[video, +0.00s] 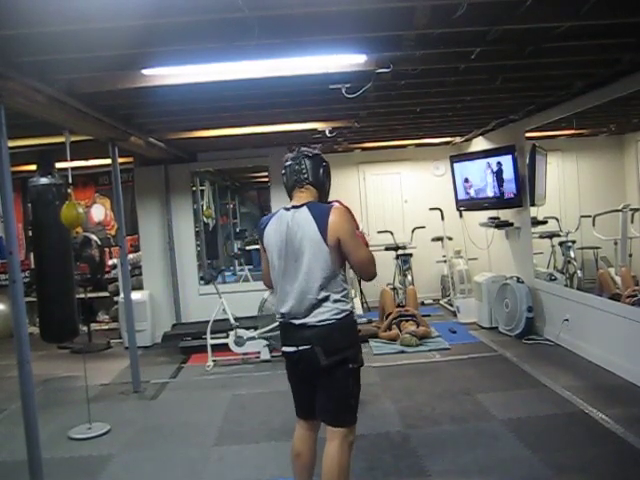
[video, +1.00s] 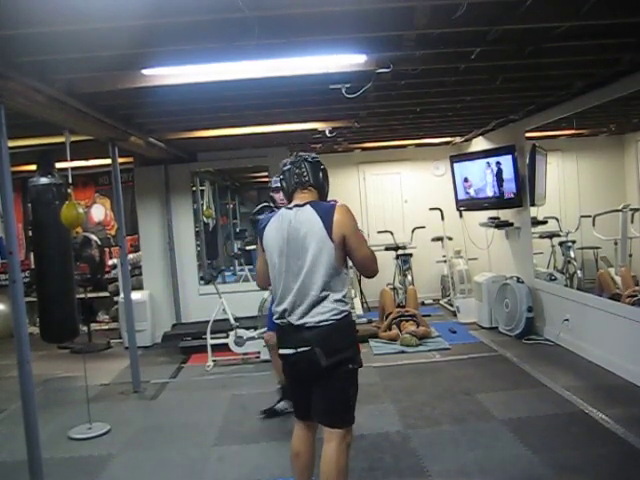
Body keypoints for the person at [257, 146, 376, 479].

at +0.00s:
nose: (328, 182)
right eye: (326, 177)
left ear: (288, 183)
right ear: (321, 179)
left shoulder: (269, 226)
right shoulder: (334, 214)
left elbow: (270, 281)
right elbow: (367, 270)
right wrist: (356, 241)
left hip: (293, 339)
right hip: (335, 337)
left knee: (305, 423)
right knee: (339, 432)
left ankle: (302, 477)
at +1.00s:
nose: (326, 186)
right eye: (324, 181)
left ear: (286, 186)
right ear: (321, 182)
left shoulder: (270, 227)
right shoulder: (336, 213)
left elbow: (263, 280)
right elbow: (370, 268)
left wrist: (292, 254)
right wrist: (347, 240)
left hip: (290, 340)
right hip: (333, 338)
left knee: (303, 423)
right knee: (336, 432)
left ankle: (301, 476)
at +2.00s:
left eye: (339, 179)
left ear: (340, 184)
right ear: (379, 176)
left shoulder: (329, 228)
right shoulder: (404, 210)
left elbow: (326, 288)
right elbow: (435, 263)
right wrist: (403, 234)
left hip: (355, 349)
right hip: (403, 346)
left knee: (361, 429)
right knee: (404, 448)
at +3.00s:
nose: (457, 197)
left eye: (456, 188)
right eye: (454, 190)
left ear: (473, 179)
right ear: (495, 174)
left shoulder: (487, 218)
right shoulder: (551, 204)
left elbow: (463, 288)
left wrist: (441, 247)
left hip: (507, 339)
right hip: (559, 335)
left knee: (472, 412)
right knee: (554, 436)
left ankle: (492, 475)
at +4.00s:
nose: (455, 197)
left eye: (455, 190)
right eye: (452, 191)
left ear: (470, 187)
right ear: (476, 185)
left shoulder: (498, 207)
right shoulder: (482, 212)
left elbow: (470, 239)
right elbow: (463, 252)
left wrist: (431, 220)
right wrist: (444, 228)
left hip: (515, 294)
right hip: (500, 293)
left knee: (495, 373)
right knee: (509, 363)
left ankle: (518, 436)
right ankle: (552, 409)